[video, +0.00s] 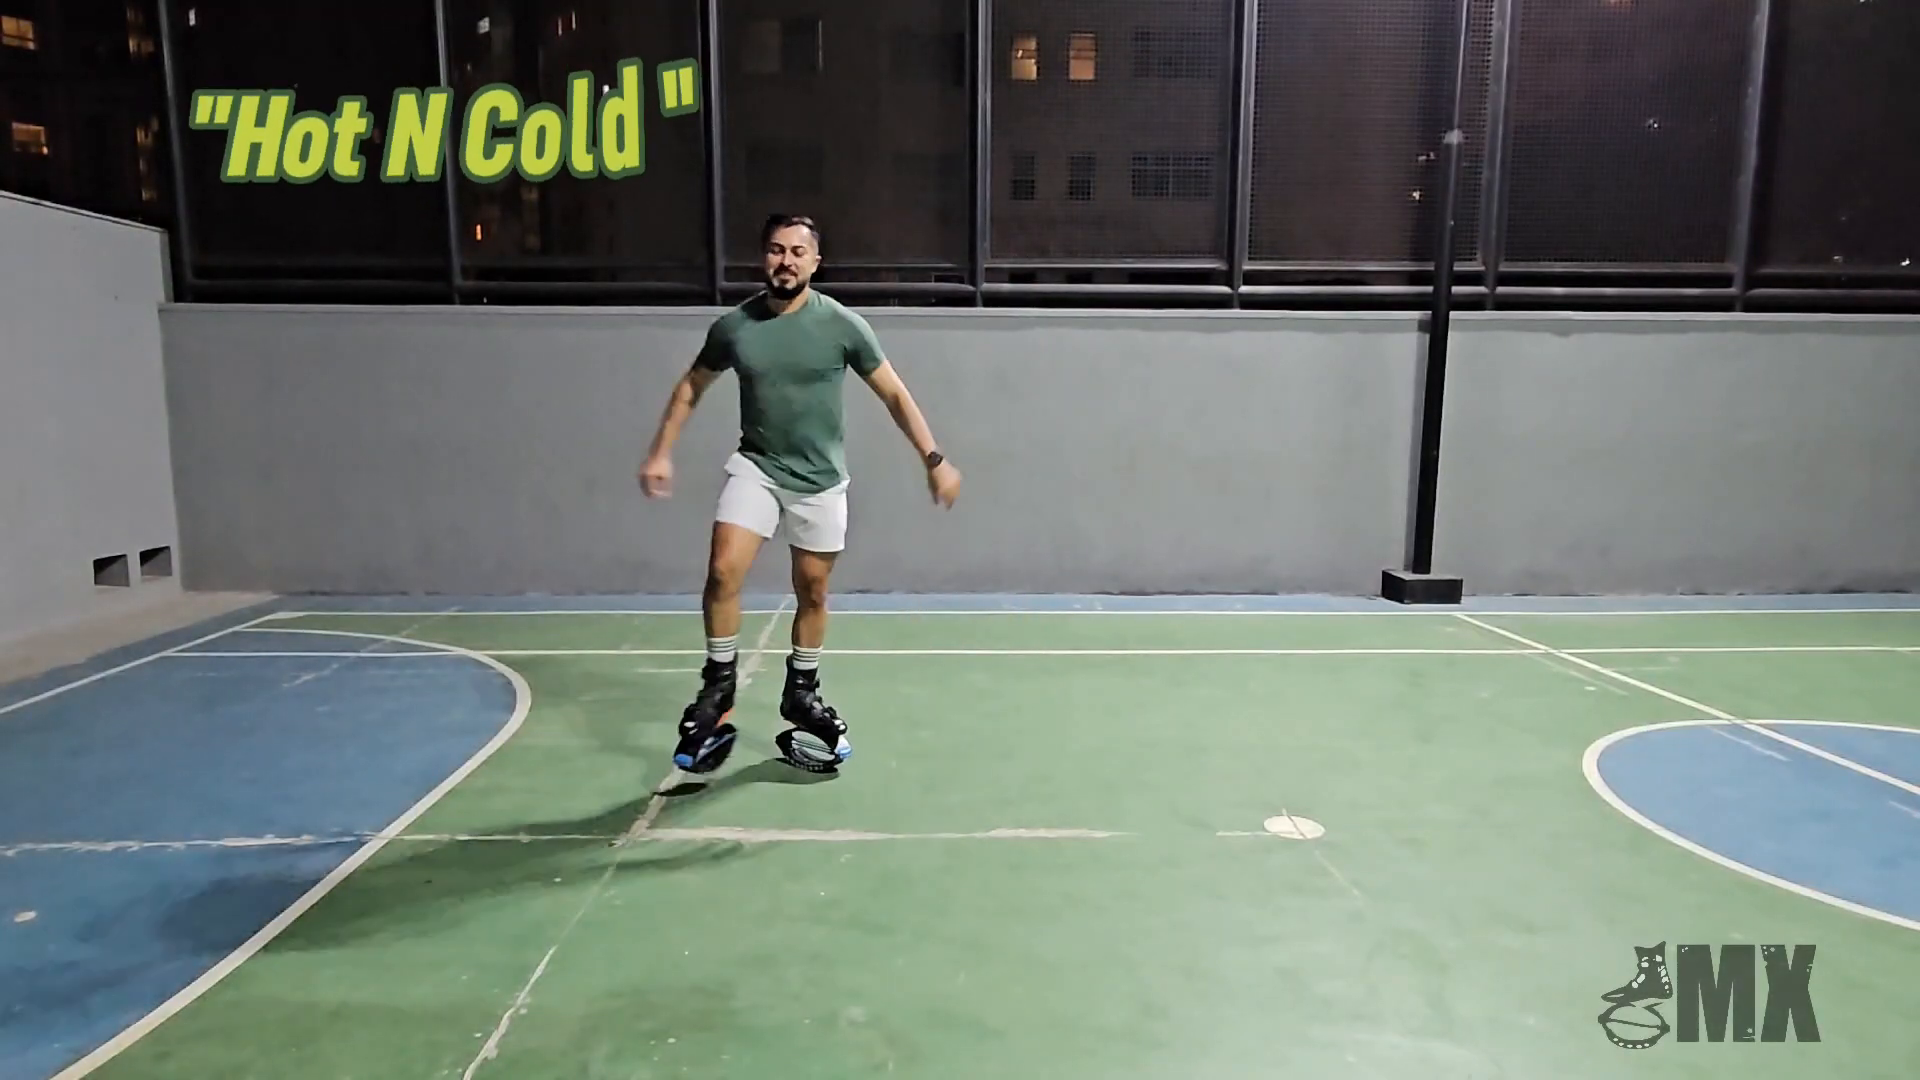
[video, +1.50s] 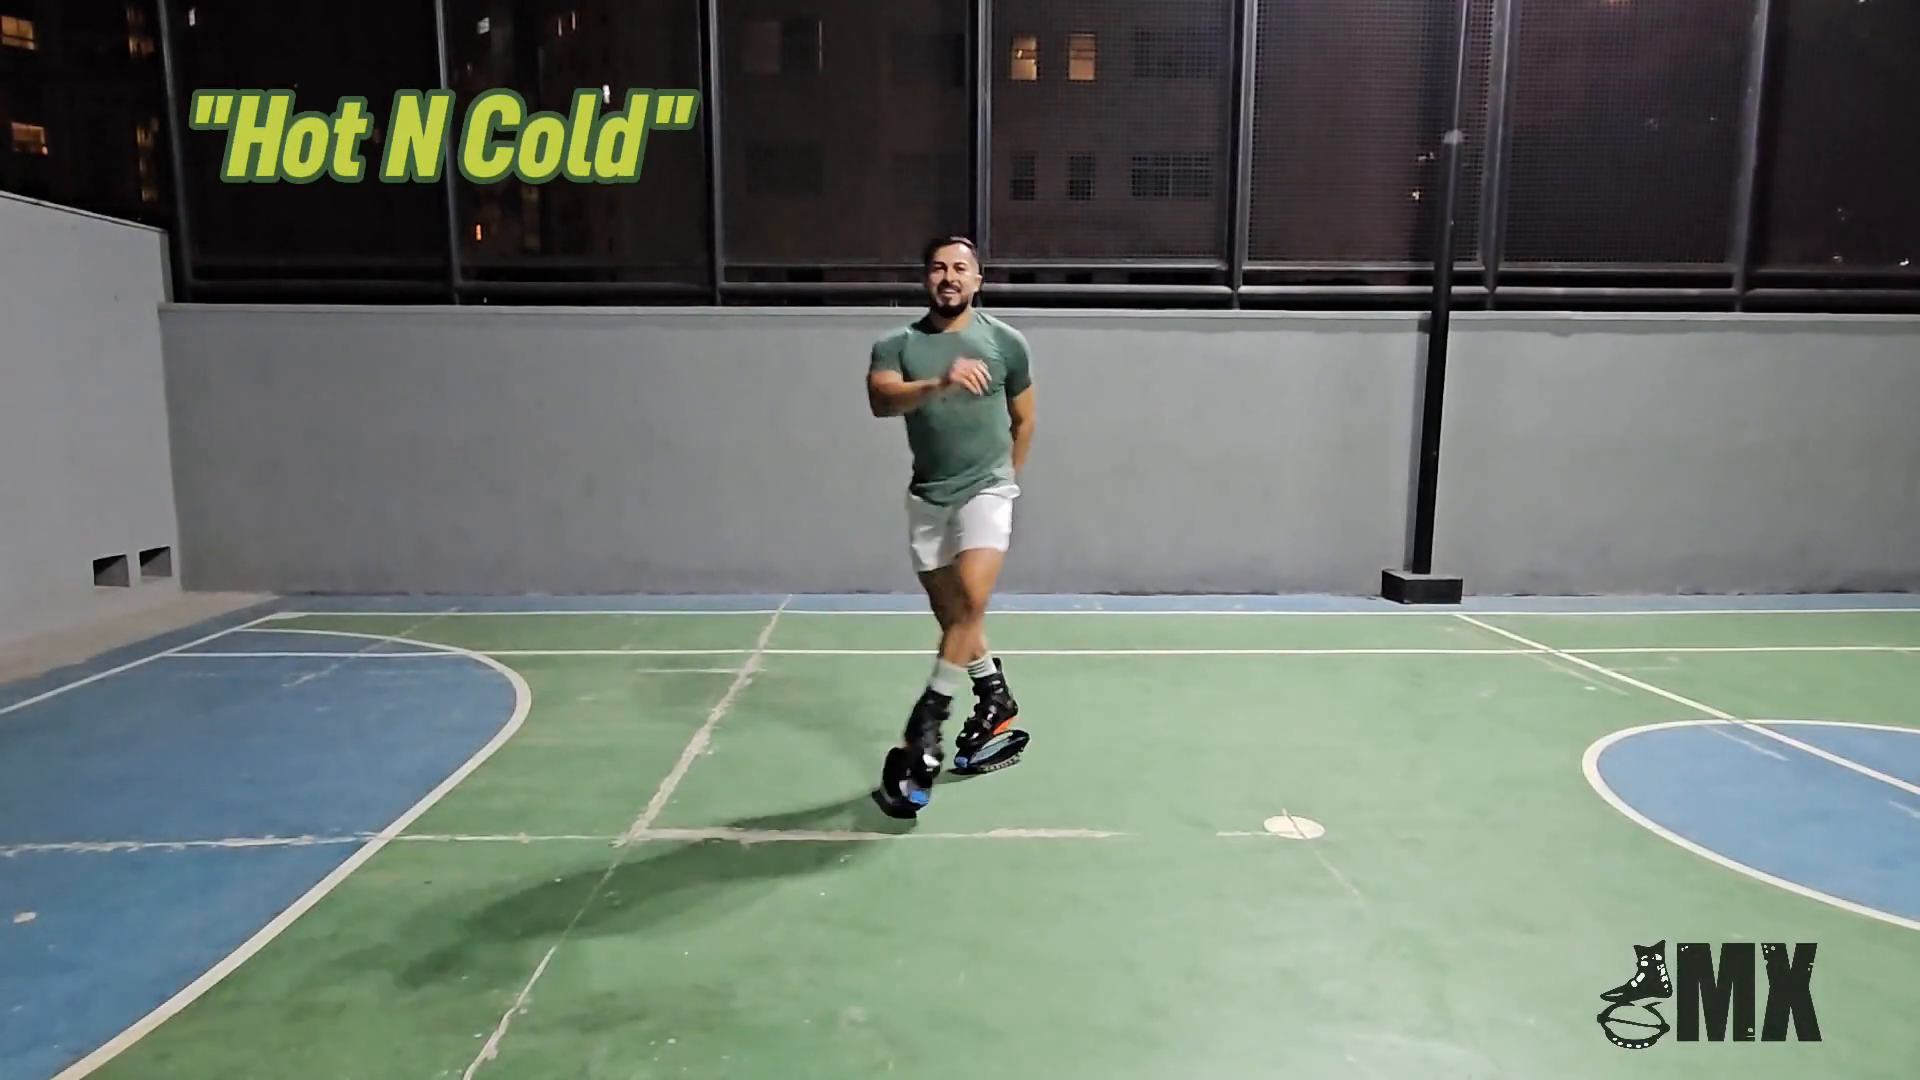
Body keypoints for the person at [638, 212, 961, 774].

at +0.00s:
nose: (785, 261)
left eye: (797, 252)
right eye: (776, 250)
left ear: (816, 261)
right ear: (763, 258)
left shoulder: (844, 326)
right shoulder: (732, 329)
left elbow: (895, 395)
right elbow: (691, 387)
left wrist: (934, 459)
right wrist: (660, 452)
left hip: (821, 478)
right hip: (755, 468)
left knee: (813, 590)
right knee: (722, 571)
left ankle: (801, 694)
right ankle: (718, 687)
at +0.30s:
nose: (750, 271)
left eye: (764, 264)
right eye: (743, 257)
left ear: (781, 274)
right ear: (728, 259)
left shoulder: (796, 334)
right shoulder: (685, 329)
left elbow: (848, 406)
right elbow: (645, 402)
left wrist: (885, 400)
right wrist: (593, 395)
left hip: (774, 475)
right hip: (705, 479)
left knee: (796, 578)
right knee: (698, 591)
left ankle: (794, 682)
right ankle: (694, 714)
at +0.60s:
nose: (747, 275)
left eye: (763, 273)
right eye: (745, 262)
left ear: (777, 288)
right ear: (731, 264)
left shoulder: (794, 343)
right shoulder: (684, 329)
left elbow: (785, 422)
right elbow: (657, 406)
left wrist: (741, 388)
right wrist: (705, 400)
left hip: (770, 488)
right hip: (705, 486)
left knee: (771, 602)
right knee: (695, 596)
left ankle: (744, 716)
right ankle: (691, 717)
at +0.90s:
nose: (800, 262)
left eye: (814, 257)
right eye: (794, 252)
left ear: (833, 279)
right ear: (779, 265)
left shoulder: (844, 337)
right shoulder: (734, 328)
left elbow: (874, 390)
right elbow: (689, 390)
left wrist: (838, 333)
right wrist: (671, 456)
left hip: (813, 480)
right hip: (744, 484)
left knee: (843, 574)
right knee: (722, 592)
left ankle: (847, 700)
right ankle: (696, 710)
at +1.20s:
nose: (877, 261)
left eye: (891, 255)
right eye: (871, 252)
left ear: (911, 273)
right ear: (858, 265)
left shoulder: (927, 337)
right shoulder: (826, 340)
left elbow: (963, 417)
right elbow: (804, 405)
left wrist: (983, 492)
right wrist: (796, 428)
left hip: (903, 490)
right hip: (835, 487)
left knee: (904, 599)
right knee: (793, 591)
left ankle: (895, 723)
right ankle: (795, 688)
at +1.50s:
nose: (949, 276)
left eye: (961, 267)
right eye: (939, 268)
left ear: (978, 281)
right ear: (925, 281)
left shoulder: (1005, 343)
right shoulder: (897, 345)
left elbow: (1024, 420)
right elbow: (882, 402)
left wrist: (1005, 479)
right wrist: (938, 382)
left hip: (989, 489)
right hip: (929, 495)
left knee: (971, 597)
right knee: (949, 611)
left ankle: (927, 719)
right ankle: (996, 700)